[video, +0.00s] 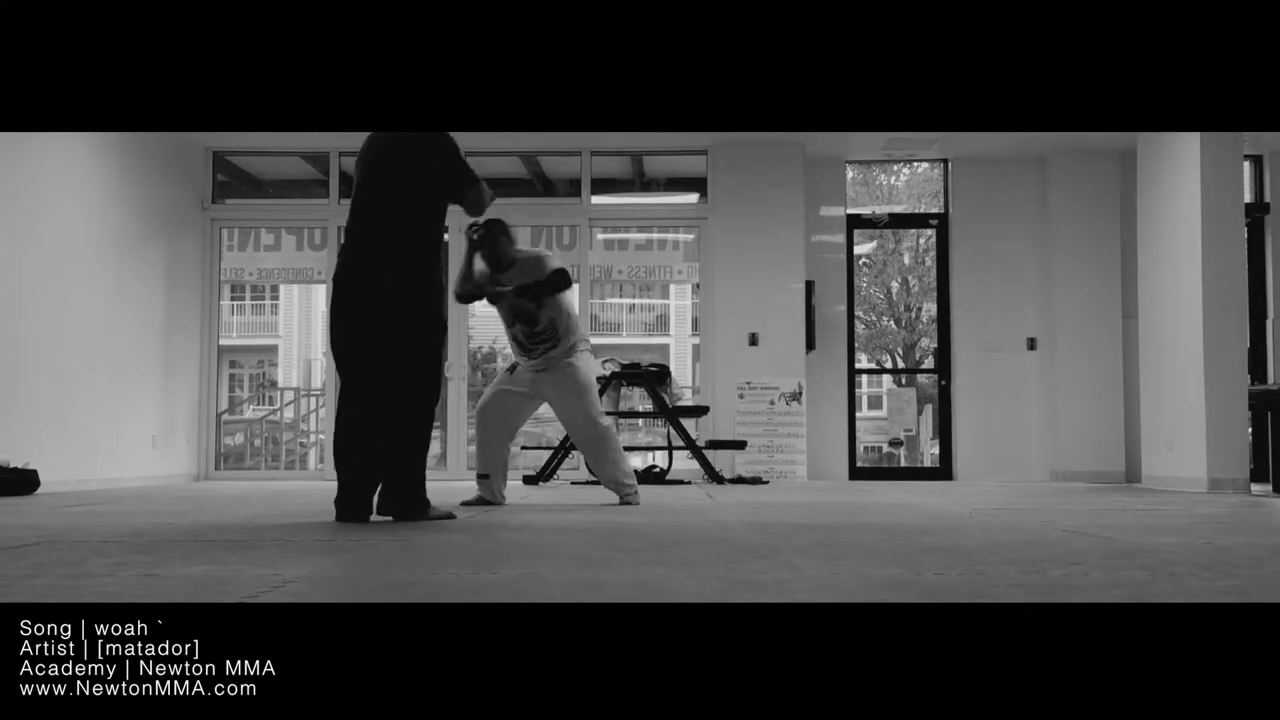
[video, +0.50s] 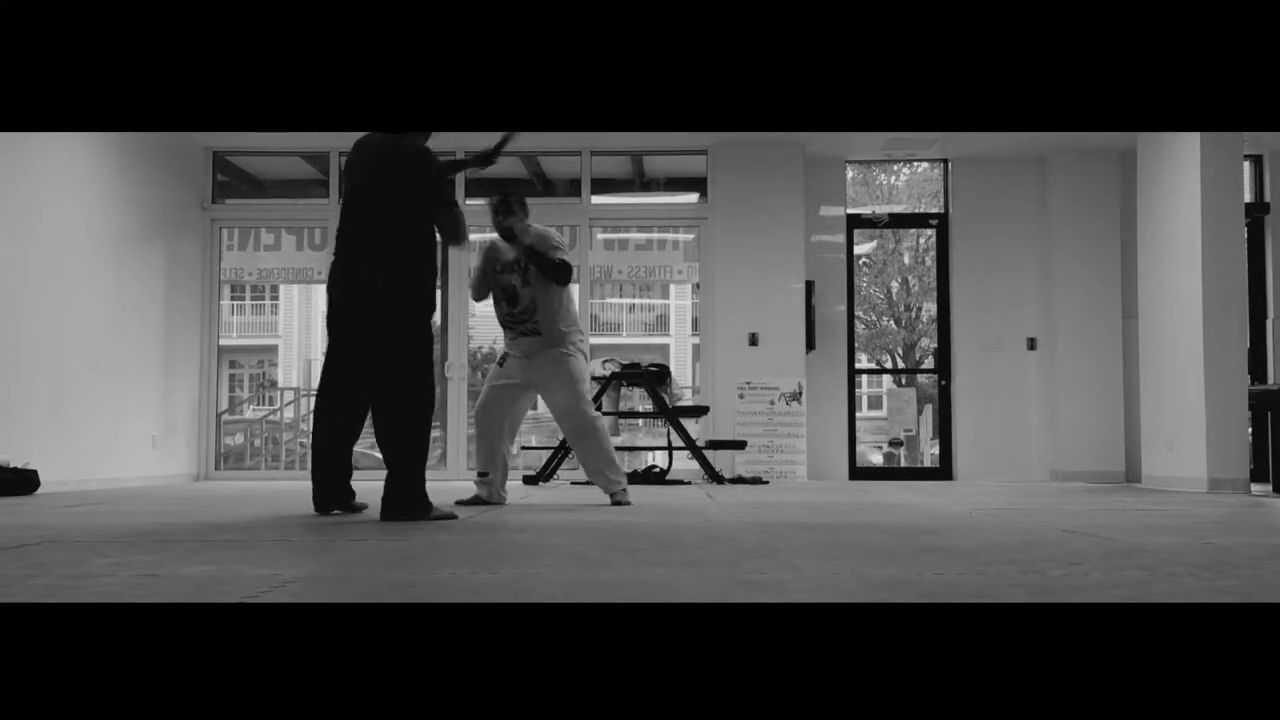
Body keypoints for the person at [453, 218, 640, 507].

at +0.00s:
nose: (488, 255)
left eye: (492, 247)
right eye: (483, 249)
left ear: (507, 242)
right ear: (481, 251)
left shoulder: (536, 260)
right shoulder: (489, 277)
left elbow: (563, 279)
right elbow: (463, 294)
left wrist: (517, 292)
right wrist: (469, 250)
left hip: (567, 359)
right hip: (525, 366)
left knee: (589, 424)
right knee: (490, 414)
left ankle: (628, 491)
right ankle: (491, 493)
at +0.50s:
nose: (503, 223)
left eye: (509, 215)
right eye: (498, 217)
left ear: (524, 215)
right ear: (492, 220)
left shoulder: (544, 239)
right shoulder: (493, 250)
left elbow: (564, 276)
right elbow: (478, 294)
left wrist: (530, 249)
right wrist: (491, 265)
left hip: (560, 347)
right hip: (517, 353)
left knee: (579, 415)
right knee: (488, 414)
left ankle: (616, 489)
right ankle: (490, 492)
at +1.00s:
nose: (575, 210)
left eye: (581, 204)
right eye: (570, 203)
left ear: (590, 205)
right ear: (556, 203)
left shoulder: (601, 234)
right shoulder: (538, 228)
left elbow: (596, 266)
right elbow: (508, 271)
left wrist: (577, 223)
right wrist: (535, 270)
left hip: (583, 347)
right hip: (535, 346)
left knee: (601, 417)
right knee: (508, 417)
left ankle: (610, 489)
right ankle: (487, 486)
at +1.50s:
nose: (478, 213)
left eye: (482, 204)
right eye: (475, 207)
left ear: (500, 200)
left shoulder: (516, 217)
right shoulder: (498, 243)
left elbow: (528, 249)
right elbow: (474, 275)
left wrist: (484, 240)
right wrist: (468, 235)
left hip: (548, 334)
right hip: (518, 344)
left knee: (561, 413)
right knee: (505, 413)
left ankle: (617, 476)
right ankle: (501, 490)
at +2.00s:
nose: (523, 194)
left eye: (531, 187)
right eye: (519, 188)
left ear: (546, 189)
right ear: (512, 191)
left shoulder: (570, 221)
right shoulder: (503, 221)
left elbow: (559, 257)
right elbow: (482, 266)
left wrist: (537, 213)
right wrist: (510, 272)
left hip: (555, 336)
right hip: (509, 337)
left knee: (560, 412)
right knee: (495, 412)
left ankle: (576, 494)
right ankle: (491, 482)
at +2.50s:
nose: (497, 185)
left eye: (502, 177)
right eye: (498, 178)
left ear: (523, 174)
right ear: (522, 176)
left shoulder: (557, 193)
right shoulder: (528, 216)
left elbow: (528, 241)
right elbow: (504, 276)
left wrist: (503, 204)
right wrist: (487, 230)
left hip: (565, 320)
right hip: (534, 327)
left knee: (542, 402)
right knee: (525, 409)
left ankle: (553, 498)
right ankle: (543, 493)